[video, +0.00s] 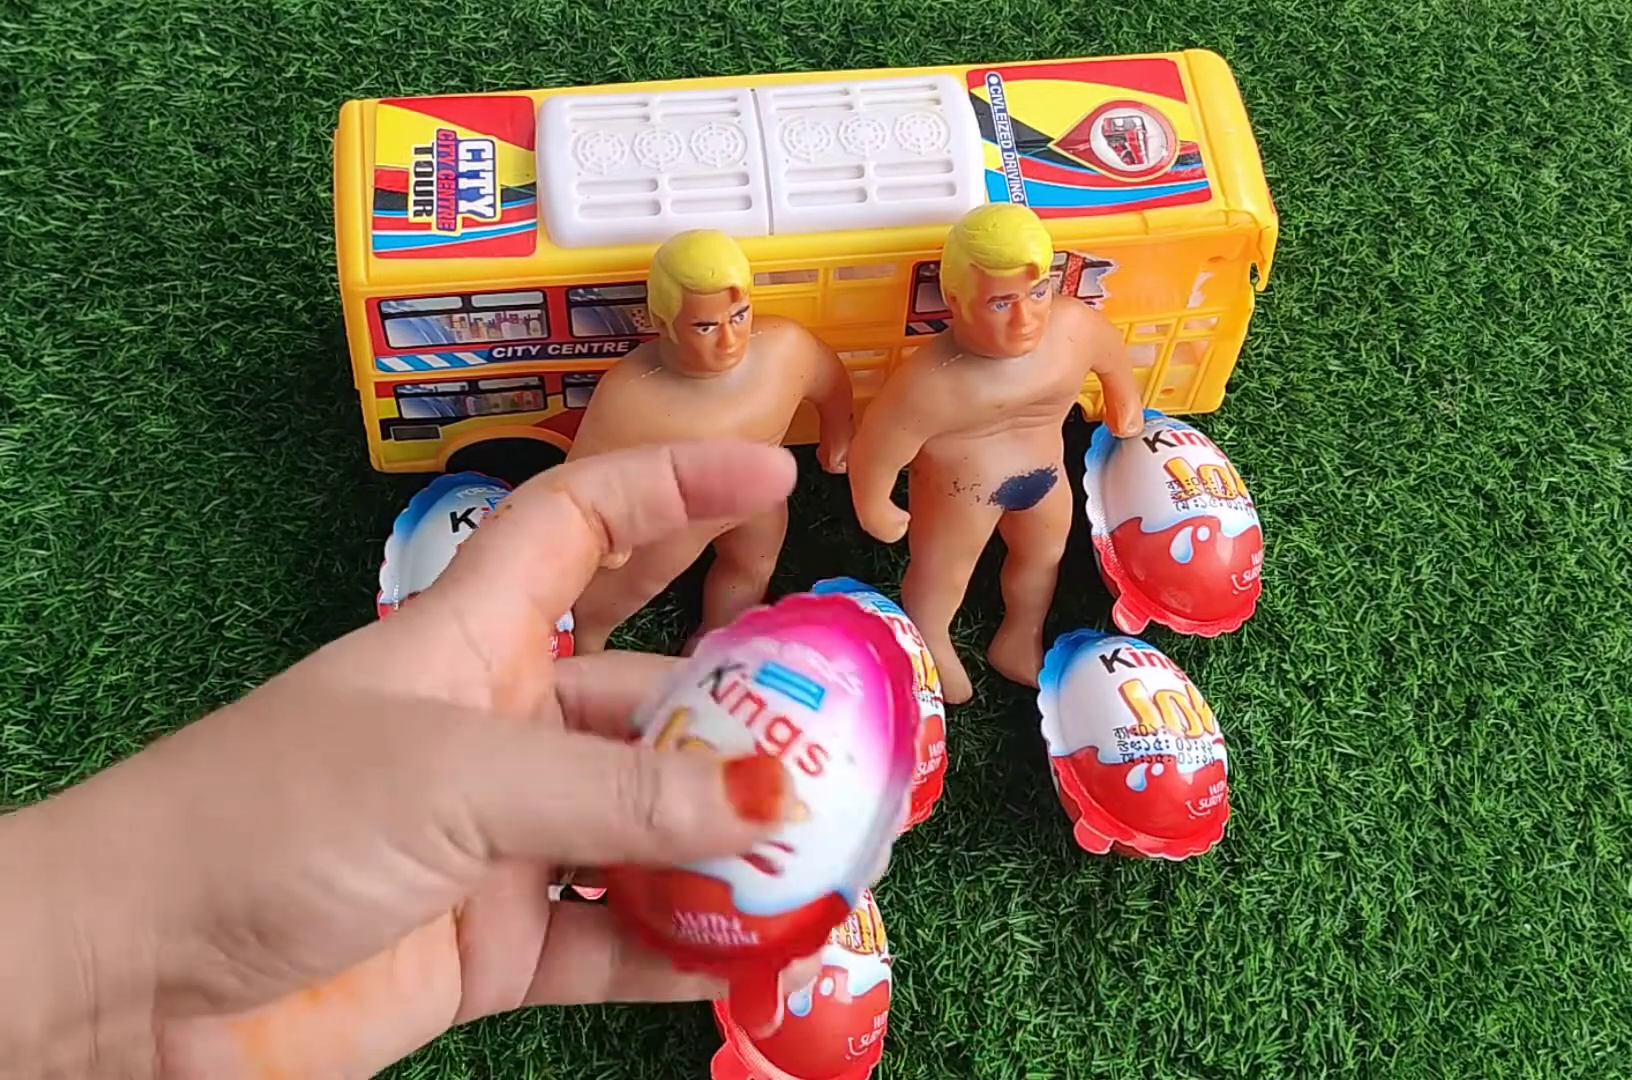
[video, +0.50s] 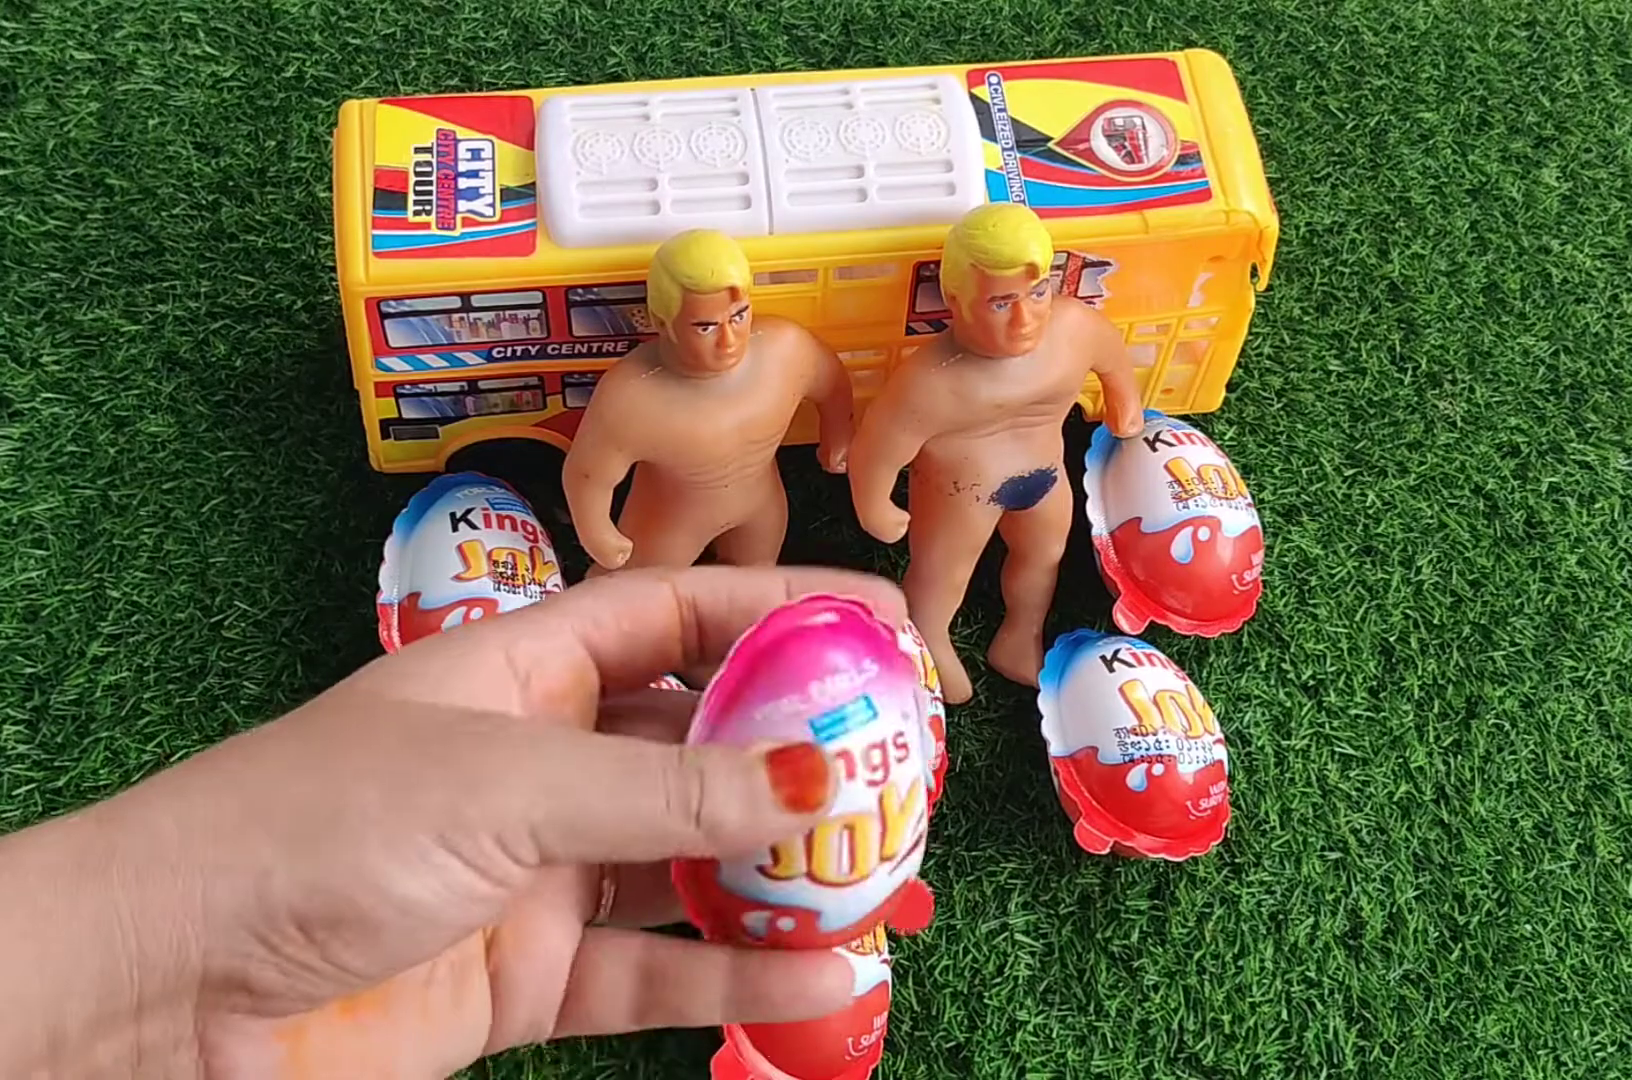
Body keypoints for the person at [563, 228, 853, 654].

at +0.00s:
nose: (729, 339)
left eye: (739, 316)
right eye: (705, 326)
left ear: (751, 303)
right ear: (663, 325)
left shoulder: (789, 350)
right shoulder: (627, 396)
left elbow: (834, 388)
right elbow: (579, 485)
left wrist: (837, 437)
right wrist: (599, 538)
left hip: (758, 501)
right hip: (669, 522)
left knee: (749, 576)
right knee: (629, 589)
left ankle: (718, 651)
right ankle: (585, 642)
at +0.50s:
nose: (729, 339)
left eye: (738, 316)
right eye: (705, 326)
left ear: (750, 303)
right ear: (662, 325)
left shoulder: (787, 350)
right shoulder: (628, 398)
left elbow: (833, 386)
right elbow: (586, 478)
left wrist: (836, 442)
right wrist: (601, 542)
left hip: (758, 502)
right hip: (670, 515)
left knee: (756, 587)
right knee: (637, 597)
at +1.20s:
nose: (727, 339)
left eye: (738, 316)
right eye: (704, 326)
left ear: (750, 299)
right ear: (662, 322)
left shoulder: (786, 349)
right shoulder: (627, 395)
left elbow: (832, 386)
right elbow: (583, 478)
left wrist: (835, 441)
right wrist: (604, 551)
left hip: (764, 529)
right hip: (663, 547)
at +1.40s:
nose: (728, 340)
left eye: (739, 315)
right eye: (705, 327)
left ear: (750, 301)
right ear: (664, 325)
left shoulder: (787, 350)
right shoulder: (627, 398)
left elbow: (832, 389)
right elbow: (584, 479)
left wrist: (834, 444)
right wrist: (606, 550)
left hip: (764, 540)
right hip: (662, 557)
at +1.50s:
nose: (728, 340)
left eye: (738, 316)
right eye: (705, 327)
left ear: (750, 302)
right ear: (661, 324)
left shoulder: (788, 350)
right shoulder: (628, 399)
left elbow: (833, 389)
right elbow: (585, 479)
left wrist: (836, 445)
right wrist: (601, 541)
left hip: (758, 510)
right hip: (670, 524)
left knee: (762, 612)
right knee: (657, 627)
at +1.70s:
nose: (728, 340)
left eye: (738, 316)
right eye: (705, 326)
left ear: (750, 302)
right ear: (660, 323)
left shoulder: (788, 350)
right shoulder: (629, 399)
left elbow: (832, 387)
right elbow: (586, 478)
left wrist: (837, 438)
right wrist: (599, 538)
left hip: (758, 498)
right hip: (671, 512)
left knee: (753, 575)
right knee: (624, 595)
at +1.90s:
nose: (728, 340)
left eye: (739, 316)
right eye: (705, 328)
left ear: (749, 301)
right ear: (663, 327)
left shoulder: (787, 350)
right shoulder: (627, 398)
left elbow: (833, 390)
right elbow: (585, 479)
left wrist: (834, 447)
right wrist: (603, 545)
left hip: (758, 510)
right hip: (668, 524)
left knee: (768, 599)